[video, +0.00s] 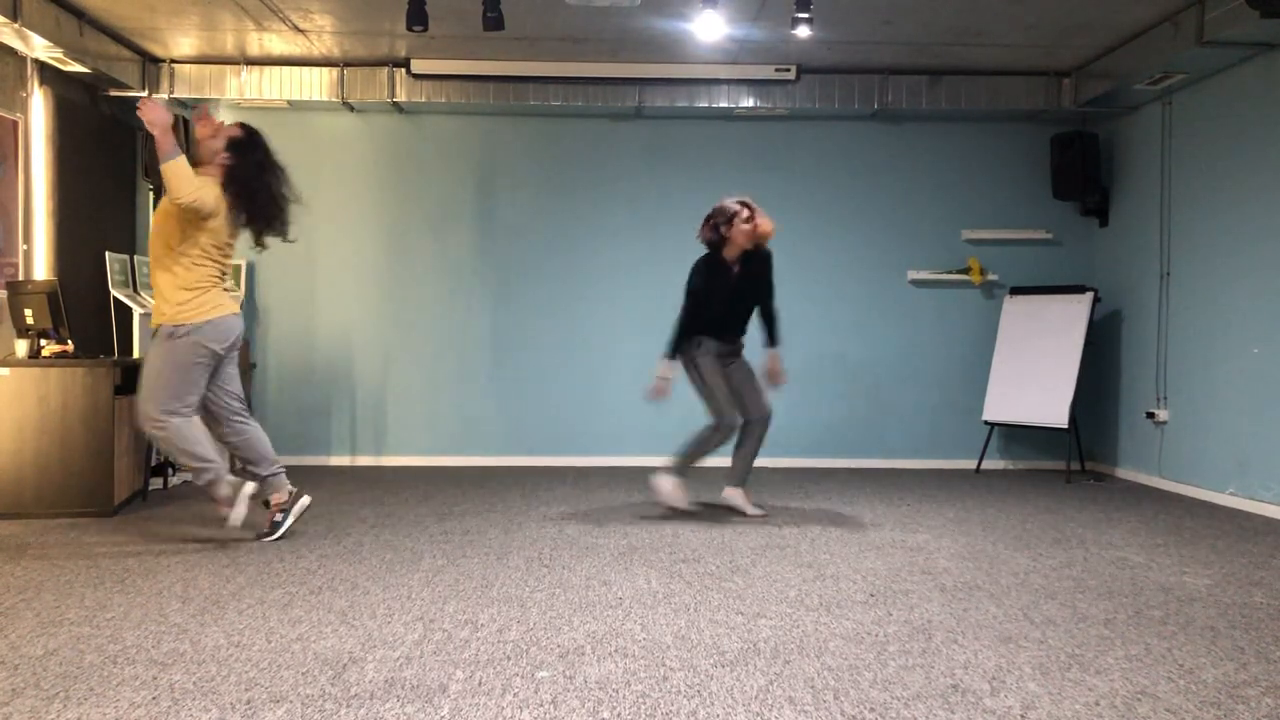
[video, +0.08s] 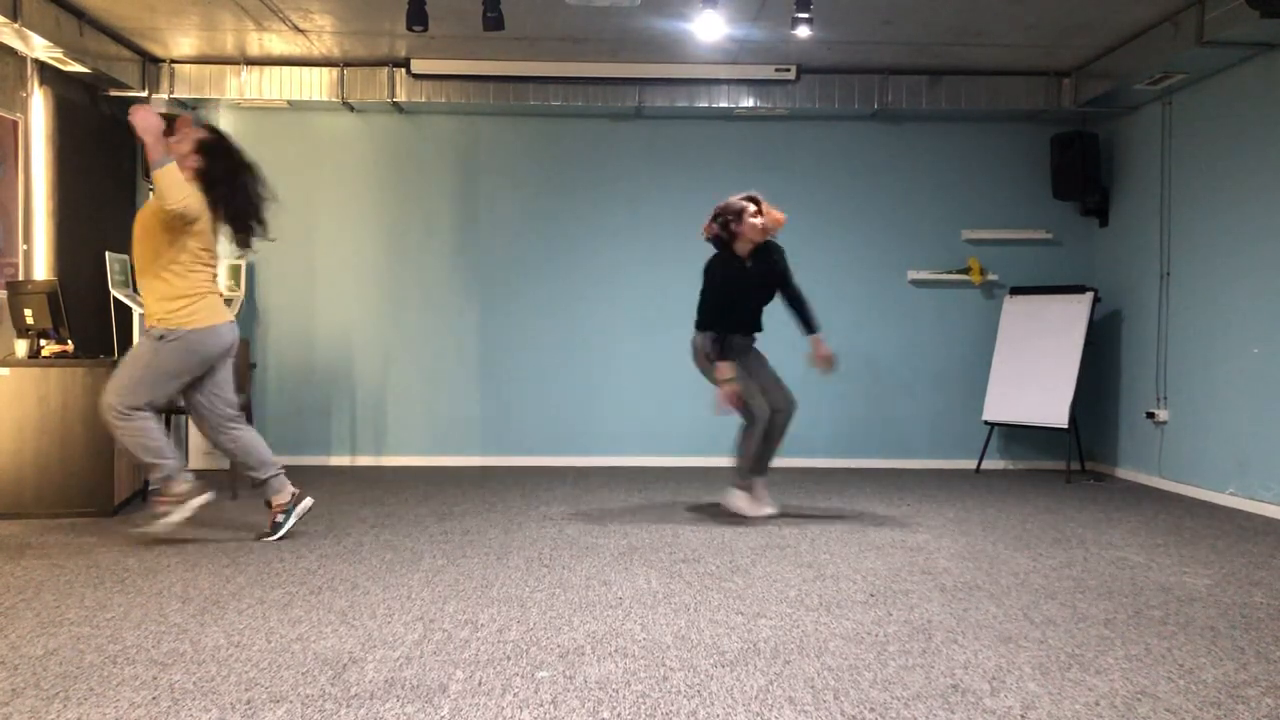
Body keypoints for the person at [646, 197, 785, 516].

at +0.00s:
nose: (755, 226)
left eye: (754, 220)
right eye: (747, 222)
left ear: (753, 227)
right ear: (727, 230)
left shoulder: (760, 258)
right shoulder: (706, 267)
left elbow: (766, 306)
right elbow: (687, 317)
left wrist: (773, 353)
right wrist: (666, 367)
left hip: (730, 351)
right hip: (698, 350)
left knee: (758, 415)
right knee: (728, 420)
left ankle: (734, 488)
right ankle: (670, 474)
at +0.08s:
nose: (761, 219)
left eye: (760, 213)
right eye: (753, 216)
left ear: (761, 220)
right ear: (735, 228)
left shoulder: (771, 255)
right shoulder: (720, 266)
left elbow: (791, 295)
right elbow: (710, 323)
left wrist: (815, 339)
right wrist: (725, 376)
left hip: (742, 345)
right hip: (712, 346)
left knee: (782, 406)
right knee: (758, 411)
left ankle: (754, 481)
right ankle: (740, 488)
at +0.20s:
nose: (782, 228)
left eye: (779, 223)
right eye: (773, 226)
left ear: (781, 228)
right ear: (757, 238)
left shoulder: (790, 264)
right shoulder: (751, 276)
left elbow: (828, 280)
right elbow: (791, 309)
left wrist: (875, 299)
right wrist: (841, 337)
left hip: (768, 356)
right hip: (742, 361)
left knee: (817, 413)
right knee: (797, 420)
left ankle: (822, 495)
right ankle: (767, 499)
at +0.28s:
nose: (793, 233)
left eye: (789, 227)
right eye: (784, 230)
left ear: (779, 240)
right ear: (768, 243)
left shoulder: (792, 268)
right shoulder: (766, 278)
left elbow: (835, 275)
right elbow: (819, 297)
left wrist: (889, 285)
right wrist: (876, 310)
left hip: (775, 359)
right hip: (752, 365)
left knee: (822, 416)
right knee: (816, 415)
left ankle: (826, 499)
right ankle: (782, 485)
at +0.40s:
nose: (811, 237)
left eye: (807, 231)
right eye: (802, 234)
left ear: (789, 245)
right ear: (785, 246)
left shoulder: (801, 268)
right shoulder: (788, 273)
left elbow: (850, 271)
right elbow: (843, 279)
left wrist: (904, 276)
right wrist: (902, 283)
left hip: (765, 358)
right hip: (751, 361)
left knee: (828, 410)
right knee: (817, 420)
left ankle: (831, 499)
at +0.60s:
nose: (802, 241)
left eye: (798, 235)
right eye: (794, 237)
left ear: (777, 247)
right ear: (776, 247)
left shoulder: (777, 271)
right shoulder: (774, 272)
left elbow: (830, 271)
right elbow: (828, 273)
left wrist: (889, 272)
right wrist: (888, 273)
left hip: (739, 357)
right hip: (733, 359)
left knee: (796, 416)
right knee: (798, 414)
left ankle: (784, 495)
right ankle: (806, 495)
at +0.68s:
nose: (796, 241)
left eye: (792, 235)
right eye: (788, 237)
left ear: (771, 248)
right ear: (769, 246)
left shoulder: (772, 270)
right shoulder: (765, 271)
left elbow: (825, 269)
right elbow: (821, 274)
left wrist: (880, 271)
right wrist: (881, 276)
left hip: (730, 352)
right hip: (718, 353)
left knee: (786, 408)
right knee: (781, 409)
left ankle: (781, 491)